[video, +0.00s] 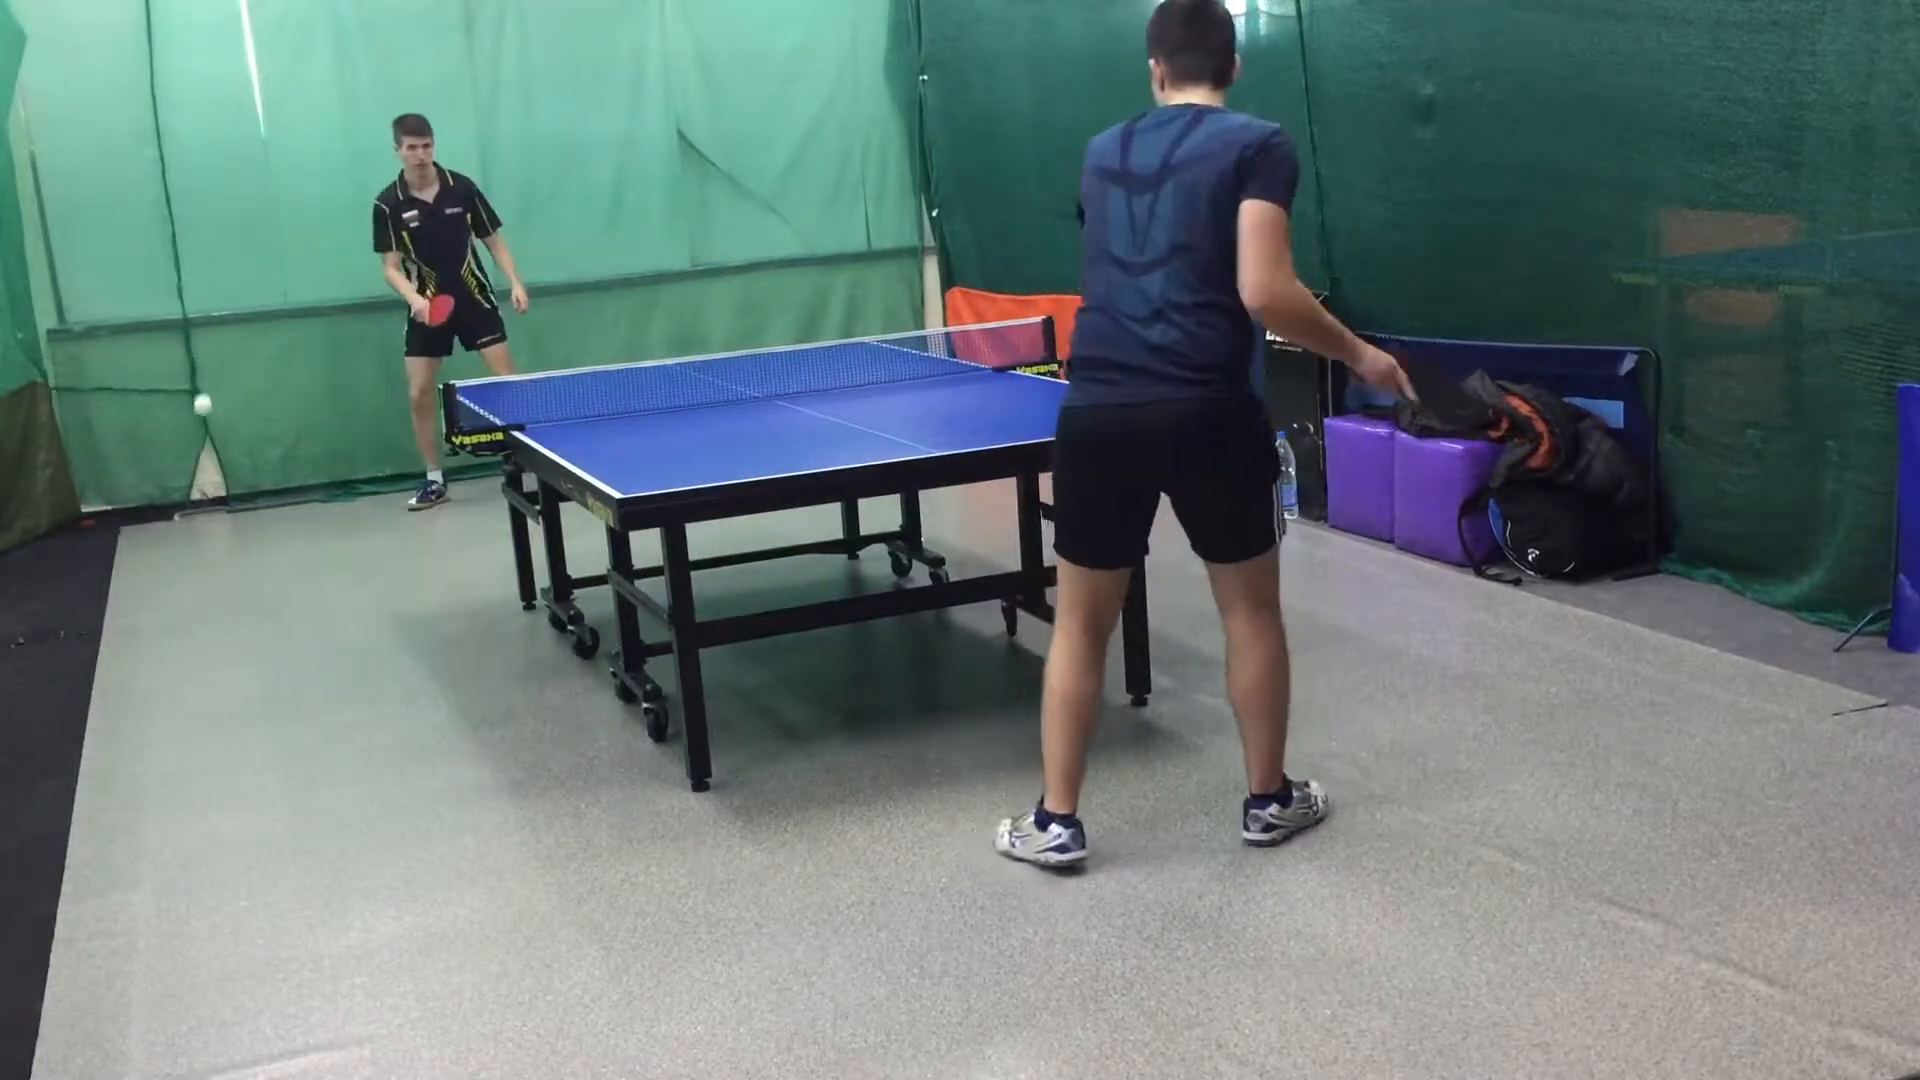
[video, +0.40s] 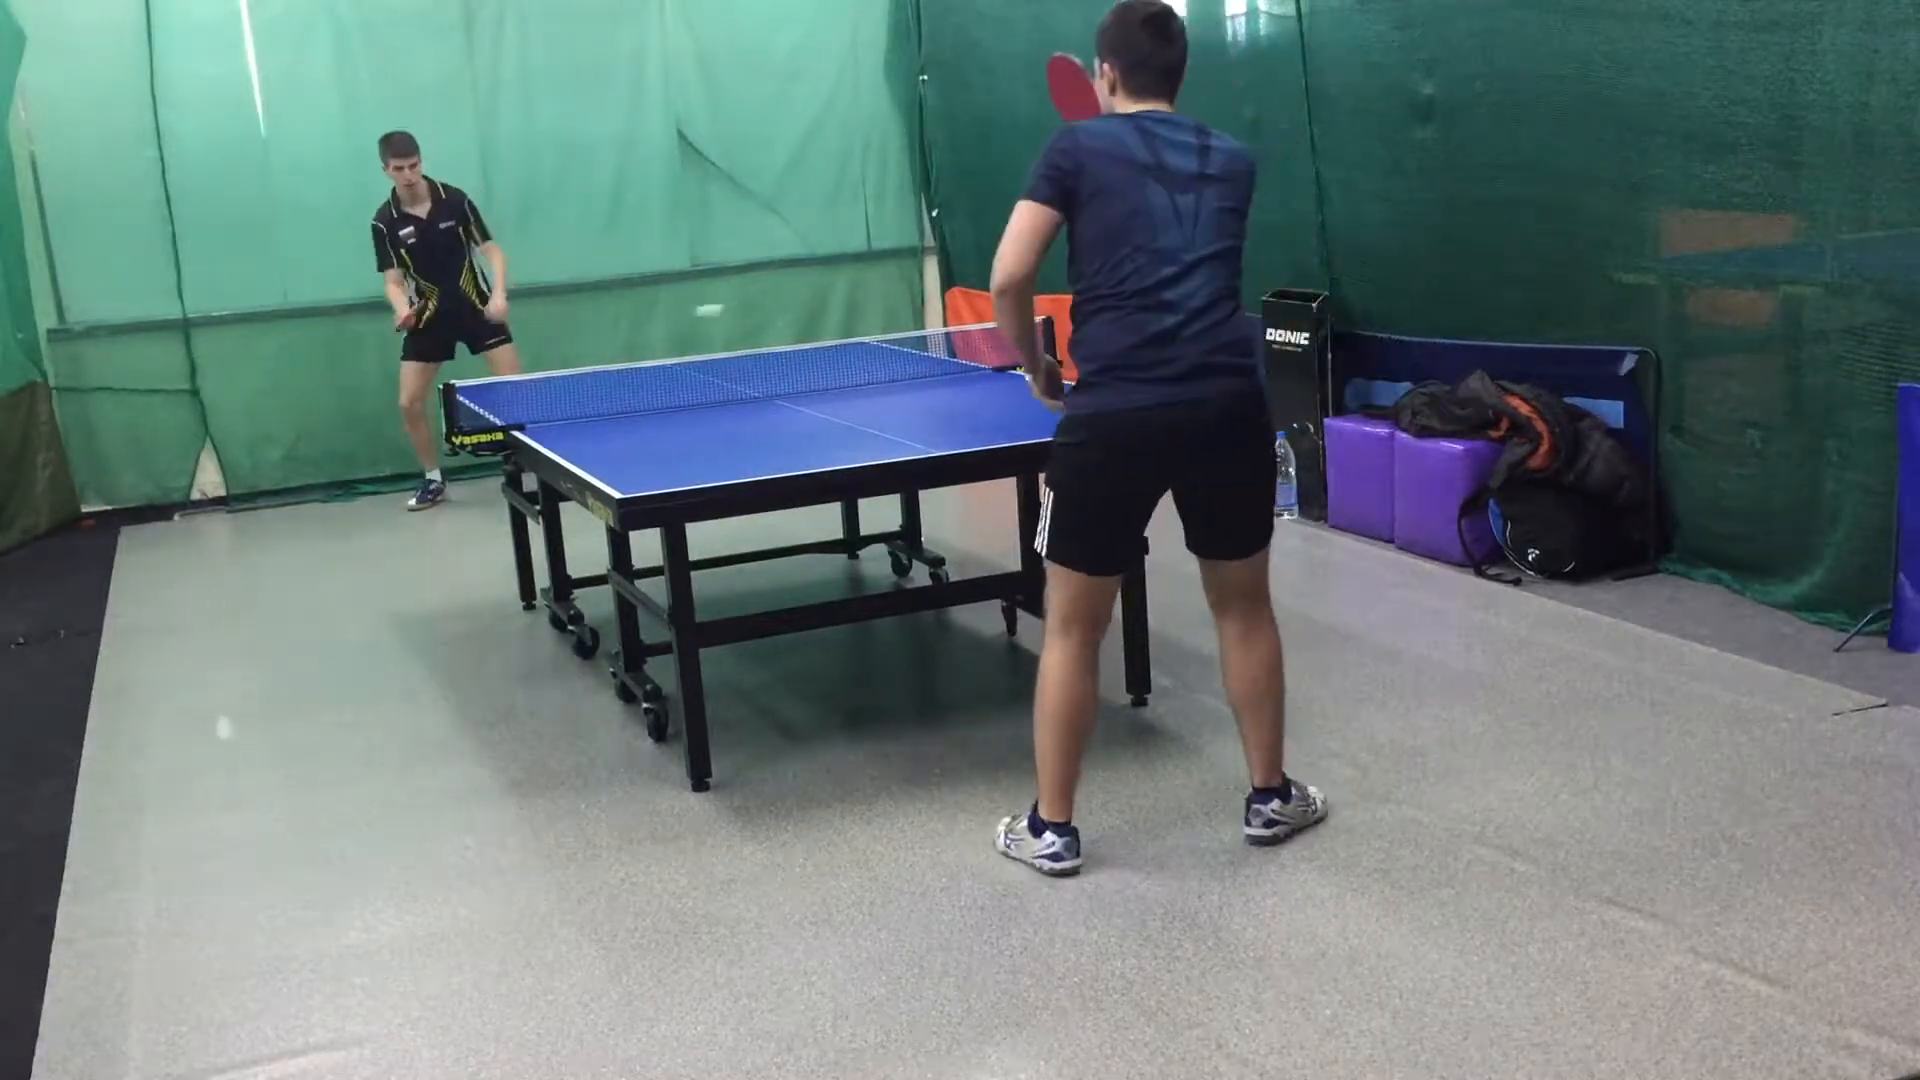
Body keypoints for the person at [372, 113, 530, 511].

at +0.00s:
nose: (420, 155)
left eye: (425, 147)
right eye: (412, 149)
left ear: (434, 146)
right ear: (398, 151)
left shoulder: (462, 189)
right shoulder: (388, 203)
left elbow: (494, 240)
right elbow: (391, 266)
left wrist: (515, 281)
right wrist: (414, 298)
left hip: (474, 298)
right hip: (426, 305)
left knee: (508, 380)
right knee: (419, 394)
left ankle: (521, 468)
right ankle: (434, 481)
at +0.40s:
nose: (408, 175)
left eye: (412, 166)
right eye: (398, 169)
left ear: (421, 162)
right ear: (386, 171)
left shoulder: (455, 200)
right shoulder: (385, 220)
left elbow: (491, 251)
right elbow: (393, 280)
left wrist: (499, 295)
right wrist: (403, 308)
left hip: (474, 307)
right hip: (426, 317)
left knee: (515, 385)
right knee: (410, 403)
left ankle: (523, 469)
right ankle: (434, 480)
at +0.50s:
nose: (392, 189)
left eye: (397, 180)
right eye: (383, 183)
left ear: (407, 174)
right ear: (372, 185)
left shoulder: (443, 210)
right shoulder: (380, 233)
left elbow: (473, 268)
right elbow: (391, 292)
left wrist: (456, 312)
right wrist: (389, 315)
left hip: (477, 301)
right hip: (434, 310)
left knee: (518, 386)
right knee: (406, 396)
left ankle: (527, 467)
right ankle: (431, 478)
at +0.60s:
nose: (376, 217)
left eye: (380, 207)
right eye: (367, 212)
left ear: (389, 199)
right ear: (357, 212)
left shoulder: (427, 233)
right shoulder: (377, 255)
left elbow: (442, 296)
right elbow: (389, 318)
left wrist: (410, 339)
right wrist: (367, 360)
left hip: (483, 316)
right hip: (441, 322)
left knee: (518, 392)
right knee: (405, 397)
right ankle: (428, 489)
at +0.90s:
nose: (349, 259)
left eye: (351, 248)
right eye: (340, 254)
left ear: (367, 237)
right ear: (336, 254)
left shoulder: (405, 260)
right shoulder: (374, 289)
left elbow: (458, 276)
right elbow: (402, 349)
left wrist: (436, 312)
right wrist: (383, 389)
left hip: (487, 352)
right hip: (439, 355)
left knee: (512, 420)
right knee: (395, 416)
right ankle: (429, 490)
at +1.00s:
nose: (355, 236)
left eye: (357, 226)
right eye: (347, 231)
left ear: (374, 215)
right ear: (344, 233)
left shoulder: (420, 235)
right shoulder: (367, 277)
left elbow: (484, 246)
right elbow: (375, 334)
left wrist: (466, 260)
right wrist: (349, 334)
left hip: (480, 334)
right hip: (434, 348)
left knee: (530, 393)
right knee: (403, 423)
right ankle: (429, 490)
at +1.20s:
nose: (398, 179)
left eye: (403, 170)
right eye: (390, 174)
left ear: (418, 167)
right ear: (381, 177)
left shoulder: (453, 200)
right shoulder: (387, 223)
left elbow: (512, 219)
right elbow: (392, 267)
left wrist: (544, 212)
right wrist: (405, 216)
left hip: (481, 322)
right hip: (431, 335)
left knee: (534, 388)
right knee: (417, 422)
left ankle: (536, 470)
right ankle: (420, 486)